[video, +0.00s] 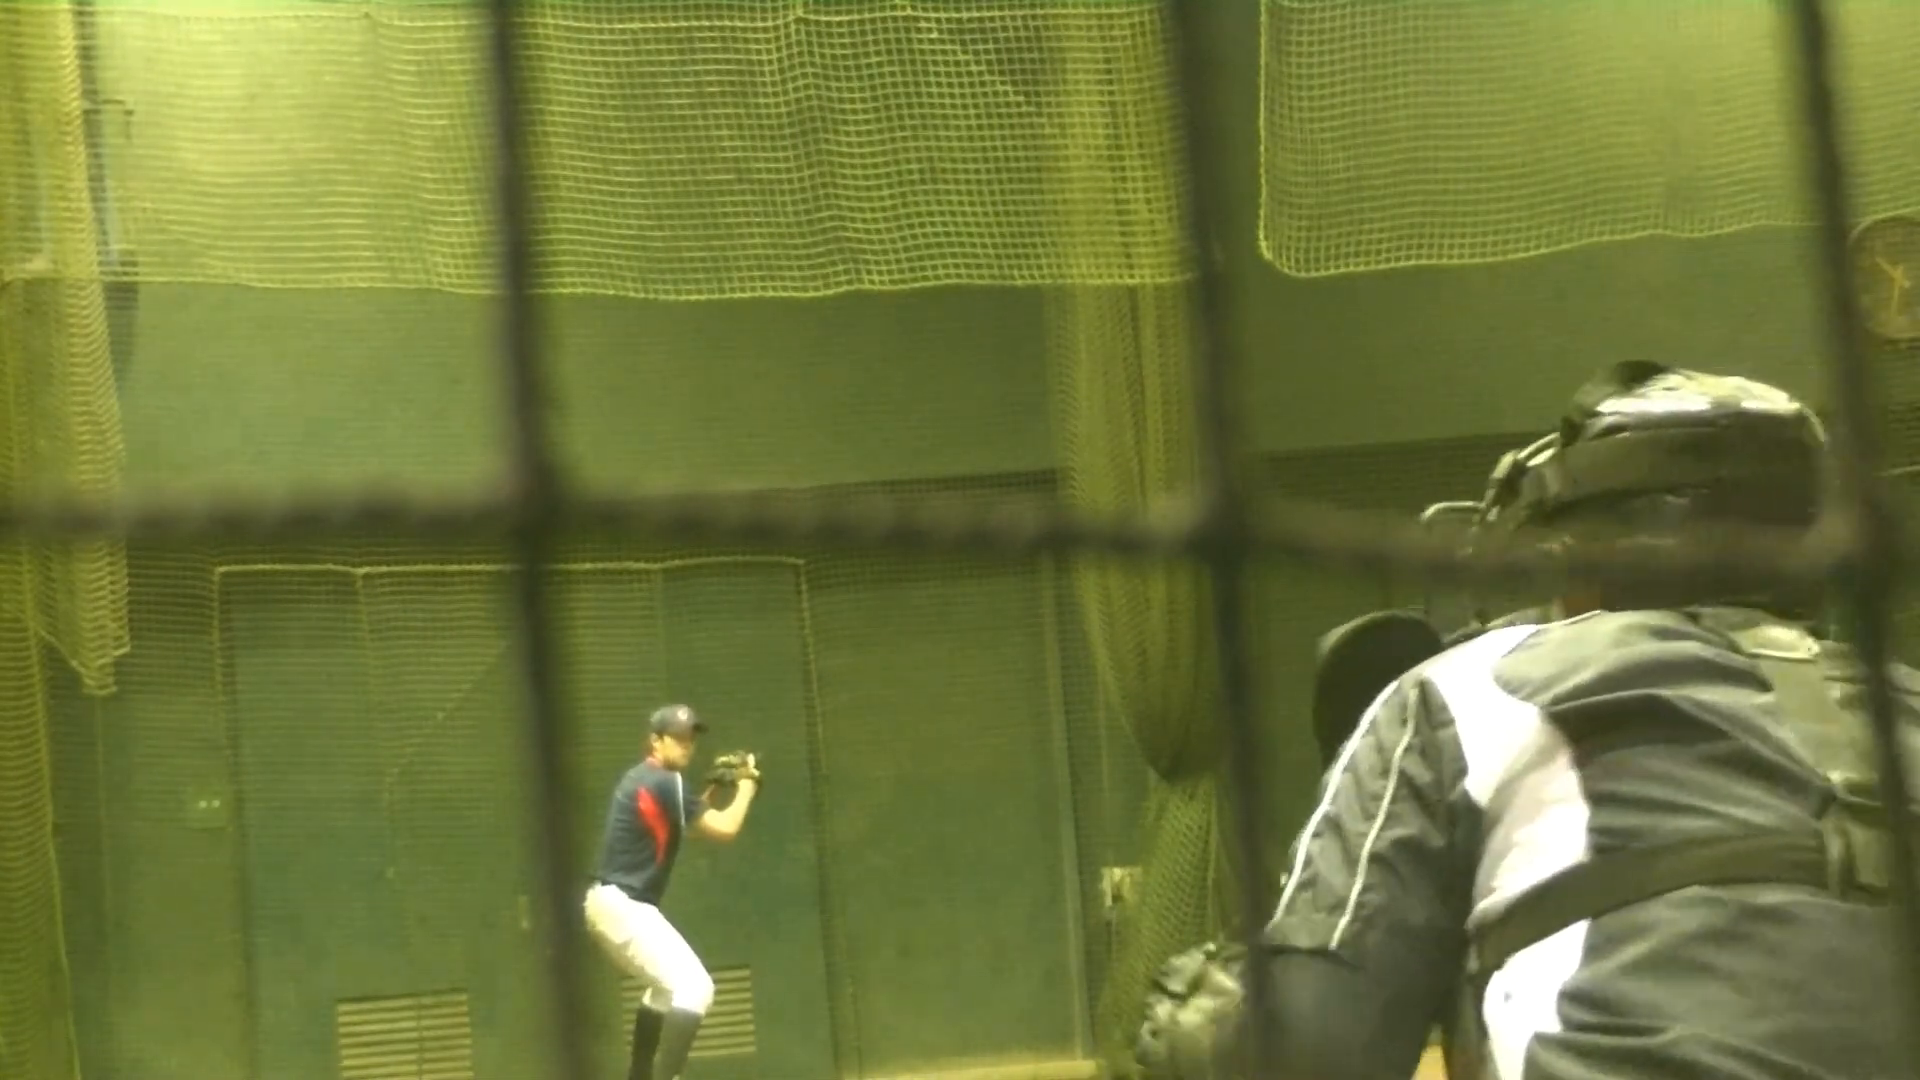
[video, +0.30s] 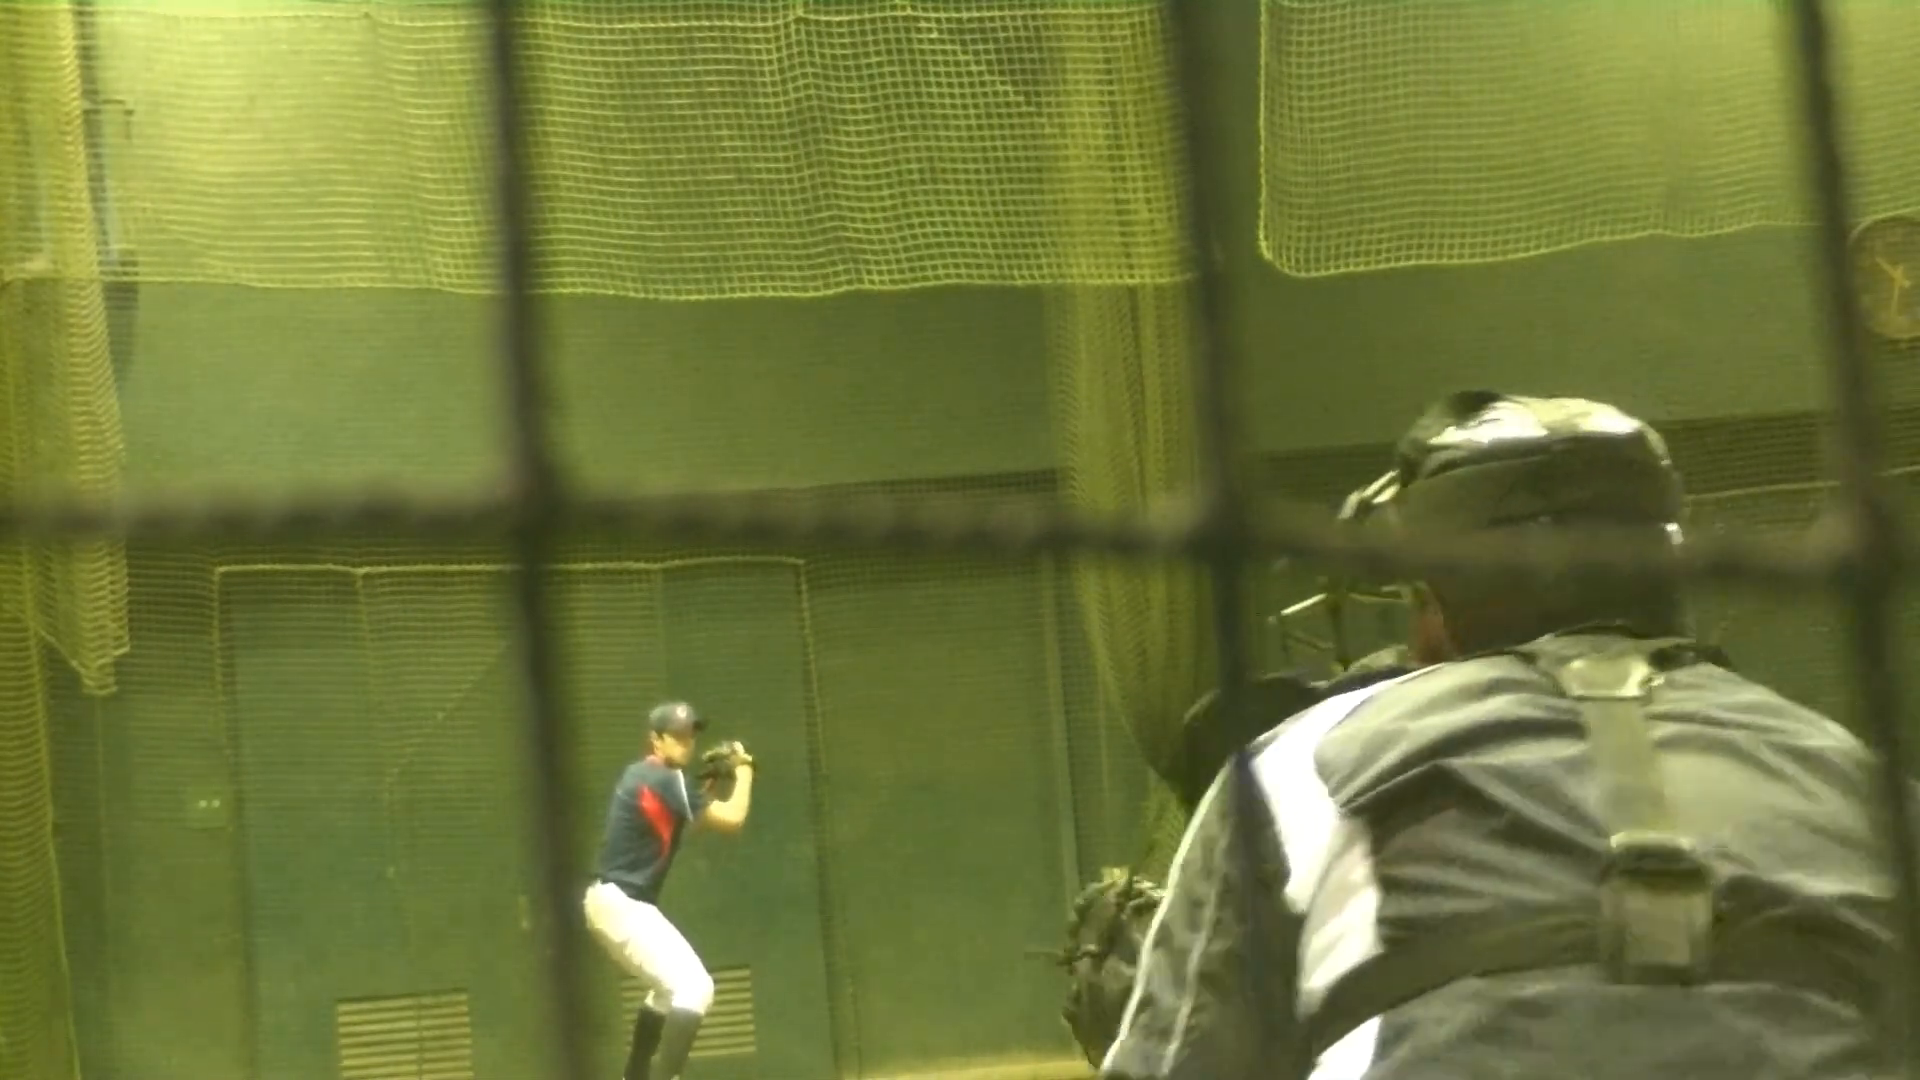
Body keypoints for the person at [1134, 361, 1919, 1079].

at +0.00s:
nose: (1538, 584)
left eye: (1542, 556)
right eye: (1535, 555)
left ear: (1574, 586)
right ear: (1799, 580)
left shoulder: (1460, 699)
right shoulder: (1902, 692)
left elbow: (1321, 1041)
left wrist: (1223, 1029)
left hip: (1648, 1037)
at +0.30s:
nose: (1407, 628)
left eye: (1407, 602)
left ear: (1435, 627)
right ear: (1669, 600)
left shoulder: (1289, 768)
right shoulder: (1852, 760)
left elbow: (1170, 1067)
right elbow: (1896, 1020)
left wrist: (1136, 990)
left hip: (1453, 1037)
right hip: (1803, 1040)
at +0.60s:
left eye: (1221, 576)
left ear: (1245, 595)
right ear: (1494, 577)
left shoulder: (1087, 799)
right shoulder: (1718, 760)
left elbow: (1009, 1066)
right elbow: (1875, 1041)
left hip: (1215, 1045)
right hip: (1595, 1036)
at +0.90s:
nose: (1060, 615)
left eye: (1059, 589)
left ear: (1093, 596)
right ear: (1342, 538)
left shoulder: (949, 803)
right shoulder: (1568, 681)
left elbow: (909, 1066)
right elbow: (1775, 1027)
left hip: (1116, 1045)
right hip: (1486, 1040)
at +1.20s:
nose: (1000, 604)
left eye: (996, 575)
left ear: (1034, 592)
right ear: (1280, 513)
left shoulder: (898, 819)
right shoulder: (1514, 675)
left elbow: (876, 1069)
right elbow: (1757, 1034)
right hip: (1451, 1047)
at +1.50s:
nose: (1077, 621)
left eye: (1080, 586)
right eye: (1071, 585)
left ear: (1132, 608)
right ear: (1357, 561)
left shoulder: (1004, 858)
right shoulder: (1654, 739)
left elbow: (938, 1068)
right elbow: (1866, 1025)